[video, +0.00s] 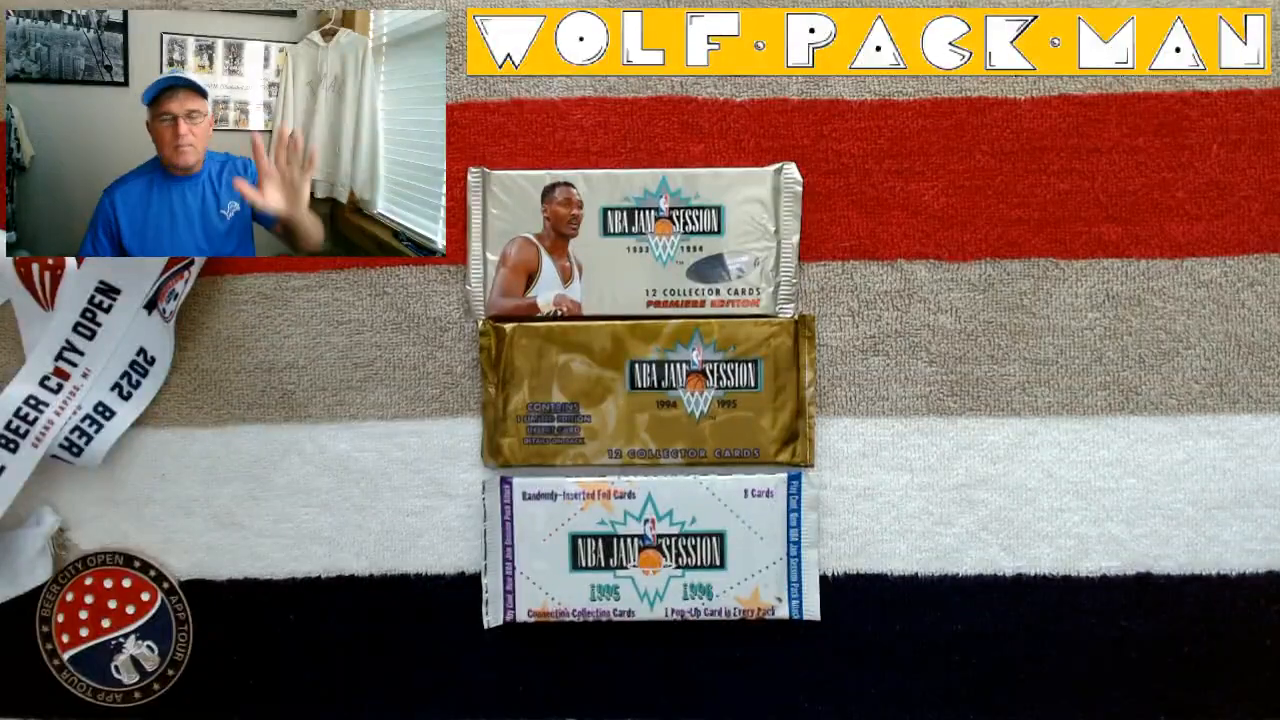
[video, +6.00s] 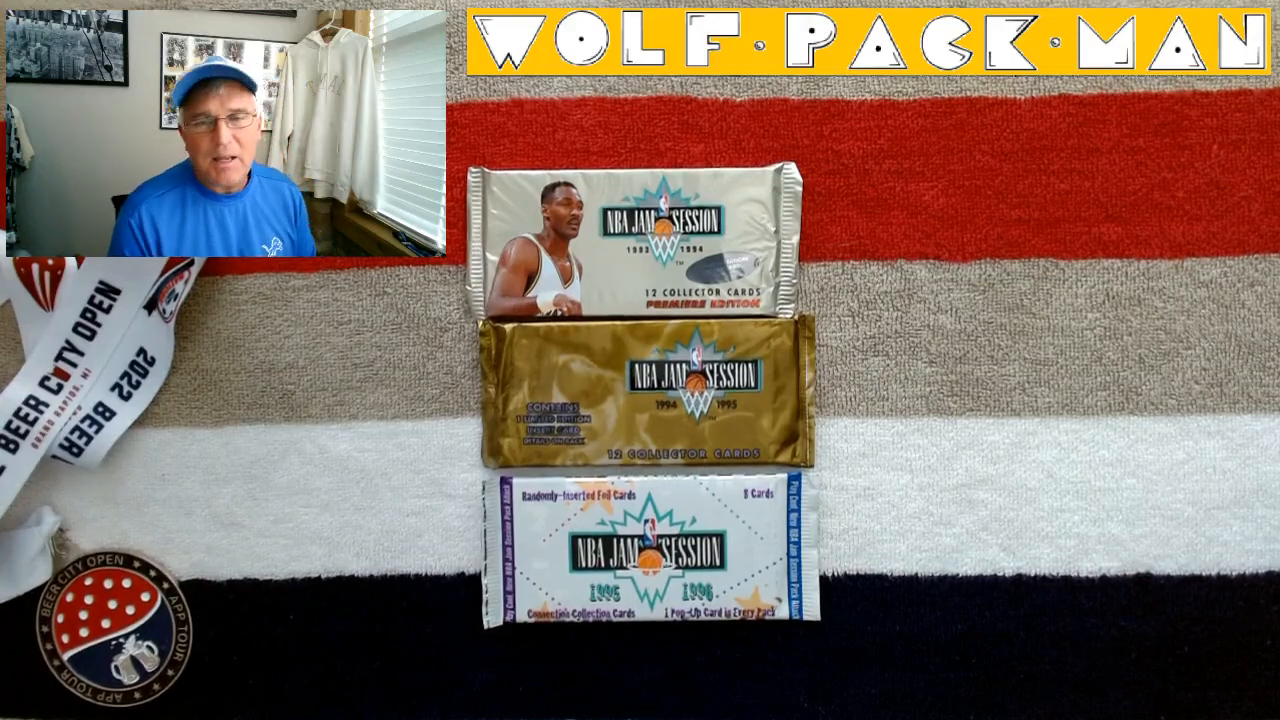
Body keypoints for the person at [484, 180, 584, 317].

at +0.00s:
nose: (576, 213)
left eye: (580, 207)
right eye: (566, 205)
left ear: (583, 211)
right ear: (545, 211)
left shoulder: (575, 265)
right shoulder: (521, 249)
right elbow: (495, 308)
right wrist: (549, 302)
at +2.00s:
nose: (576, 213)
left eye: (580, 207)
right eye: (566, 205)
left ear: (583, 211)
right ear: (545, 211)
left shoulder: (575, 265)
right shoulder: (520, 250)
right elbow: (495, 307)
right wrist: (550, 301)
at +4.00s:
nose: (576, 213)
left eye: (580, 207)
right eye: (566, 205)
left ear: (583, 211)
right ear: (545, 211)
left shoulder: (575, 266)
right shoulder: (520, 250)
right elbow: (495, 308)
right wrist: (550, 301)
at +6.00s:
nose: (576, 213)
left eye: (580, 207)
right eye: (566, 205)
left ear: (583, 211)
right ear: (546, 211)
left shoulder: (575, 266)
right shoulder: (521, 250)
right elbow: (495, 307)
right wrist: (550, 301)